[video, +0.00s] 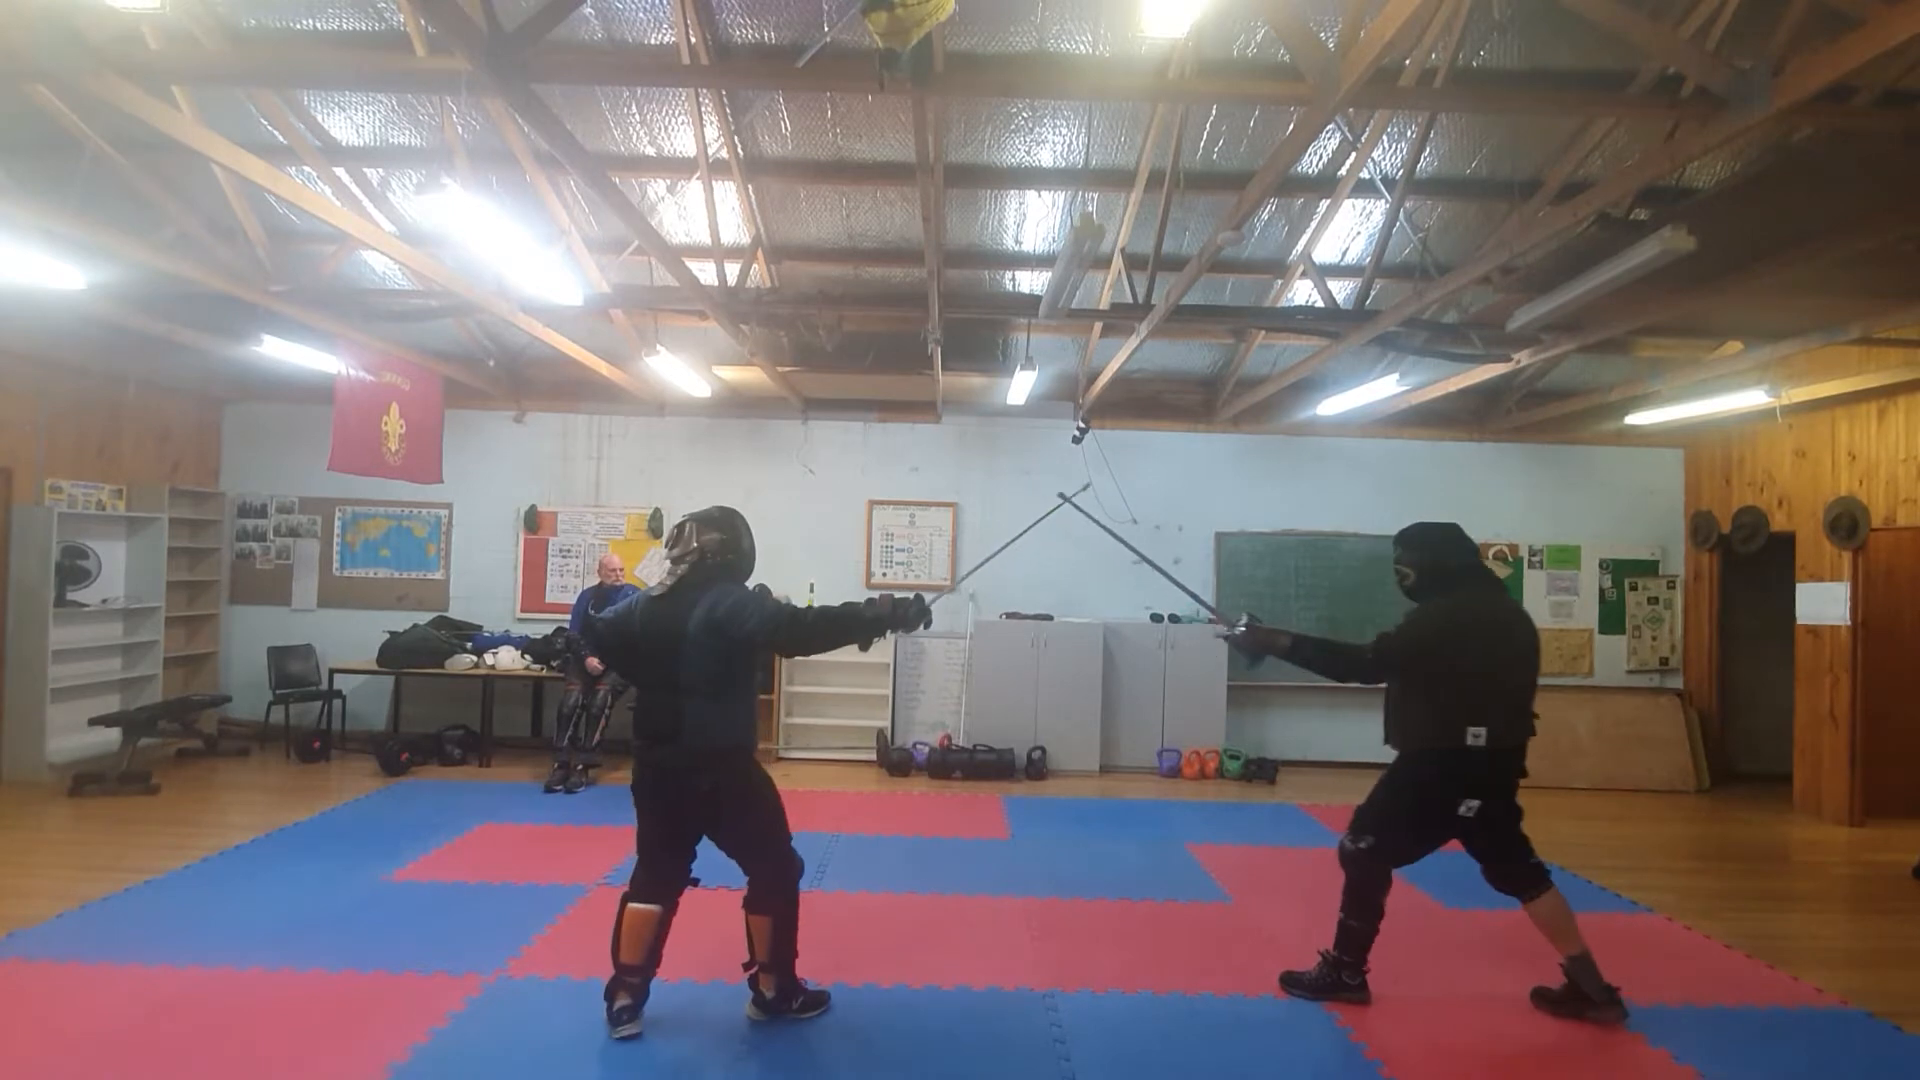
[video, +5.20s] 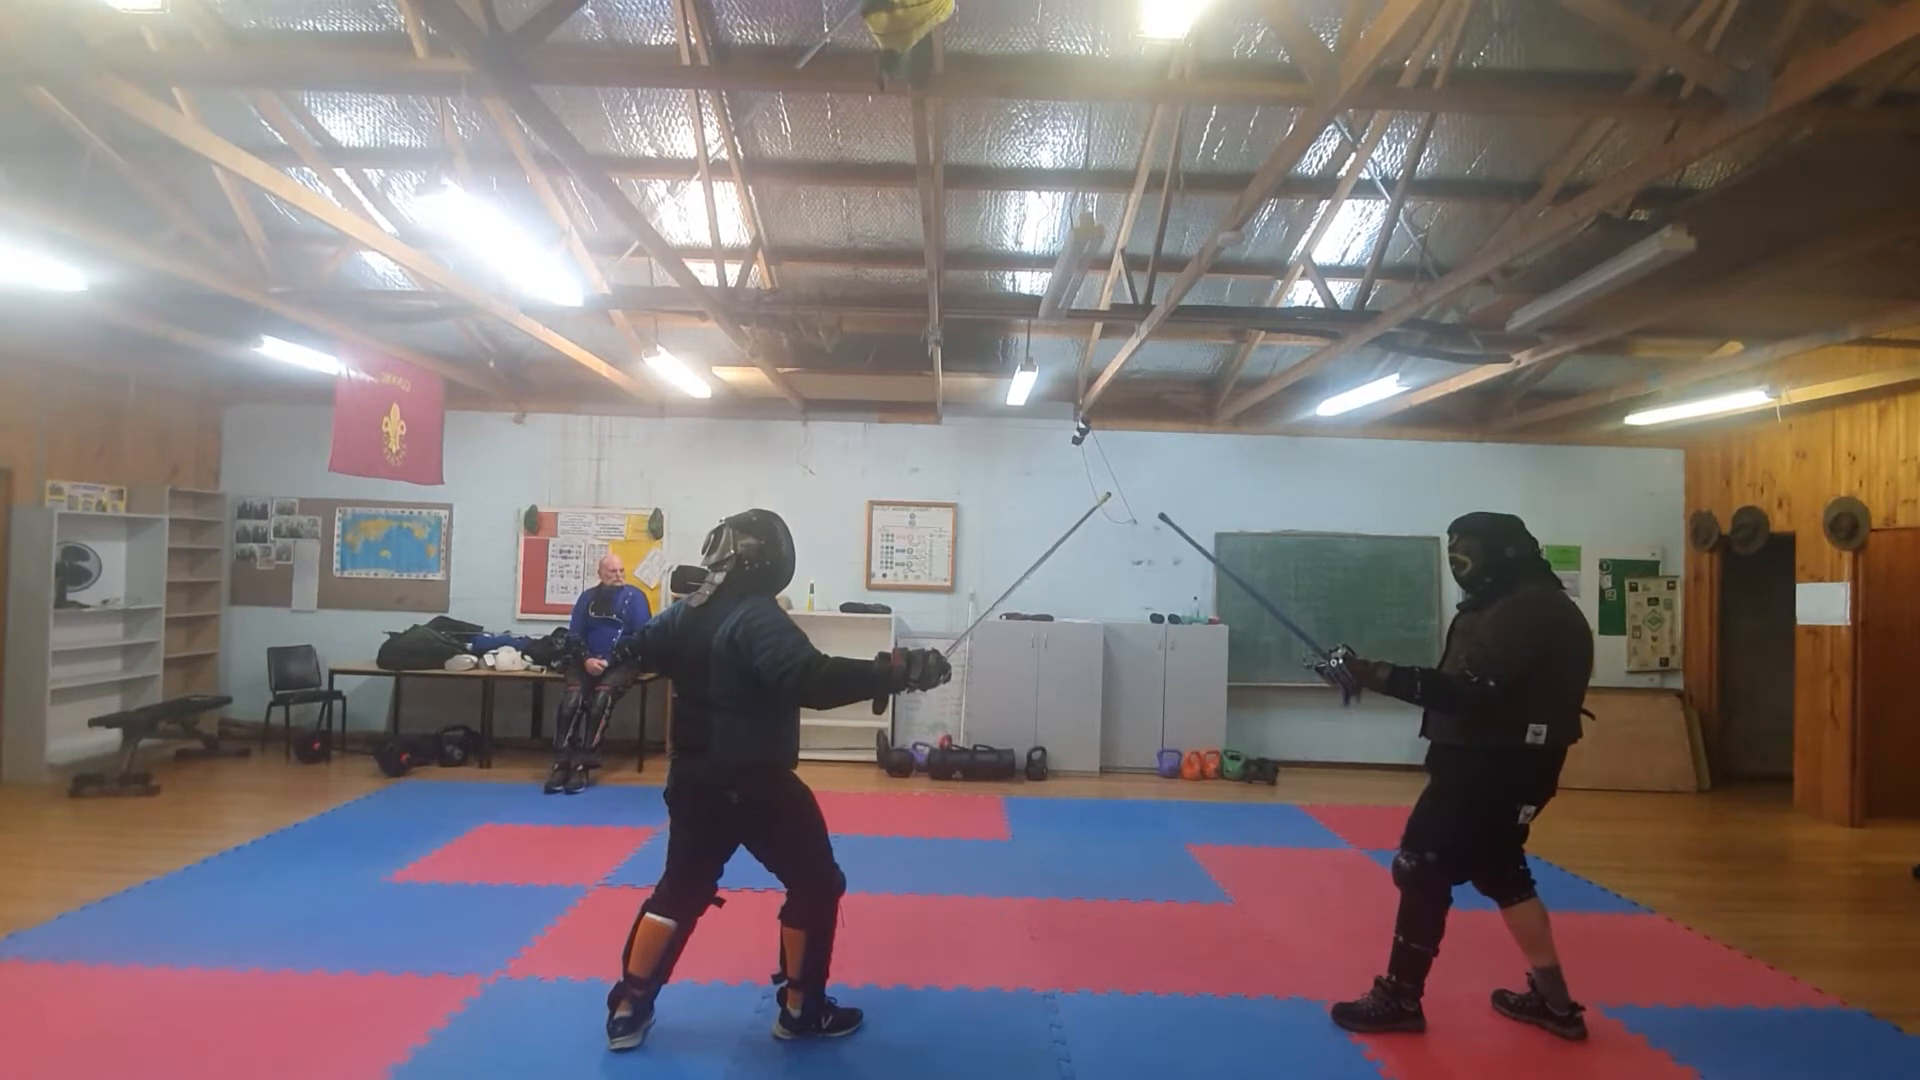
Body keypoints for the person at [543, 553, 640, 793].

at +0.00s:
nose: (618, 574)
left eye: (620, 570)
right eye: (612, 571)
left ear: (624, 570)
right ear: (599, 572)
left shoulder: (633, 595)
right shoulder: (586, 596)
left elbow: (635, 636)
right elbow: (573, 633)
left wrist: (609, 660)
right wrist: (586, 657)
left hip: (617, 662)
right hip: (583, 659)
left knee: (599, 702)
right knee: (571, 700)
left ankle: (582, 767)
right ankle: (560, 764)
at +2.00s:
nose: (618, 576)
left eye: (621, 572)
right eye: (612, 572)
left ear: (624, 572)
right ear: (599, 573)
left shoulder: (634, 597)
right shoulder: (586, 597)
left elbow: (637, 636)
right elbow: (573, 635)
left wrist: (609, 660)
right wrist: (585, 658)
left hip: (619, 662)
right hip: (585, 659)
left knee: (601, 696)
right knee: (572, 697)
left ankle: (581, 768)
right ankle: (560, 765)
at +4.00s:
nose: (618, 576)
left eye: (621, 572)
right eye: (613, 572)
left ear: (624, 573)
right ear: (600, 573)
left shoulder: (635, 598)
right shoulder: (587, 598)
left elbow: (639, 637)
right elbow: (574, 636)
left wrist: (609, 661)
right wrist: (586, 659)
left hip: (620, 662)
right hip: (586, 660)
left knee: (601, 698)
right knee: (572, 698)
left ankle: (582, 768)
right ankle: (561, 766)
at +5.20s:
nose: (618, 576)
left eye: (621, 571)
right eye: (613, 571)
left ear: (624, 572)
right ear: (600, 573)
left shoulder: (634, 597)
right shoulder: (587, 597)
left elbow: (640, 636)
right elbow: (574, 635)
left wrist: (610, 660)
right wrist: (586, 658)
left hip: (620, 663)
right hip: (586, 660)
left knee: (601, 697)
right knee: (572, 697)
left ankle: (582, 768)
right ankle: (561, 765)